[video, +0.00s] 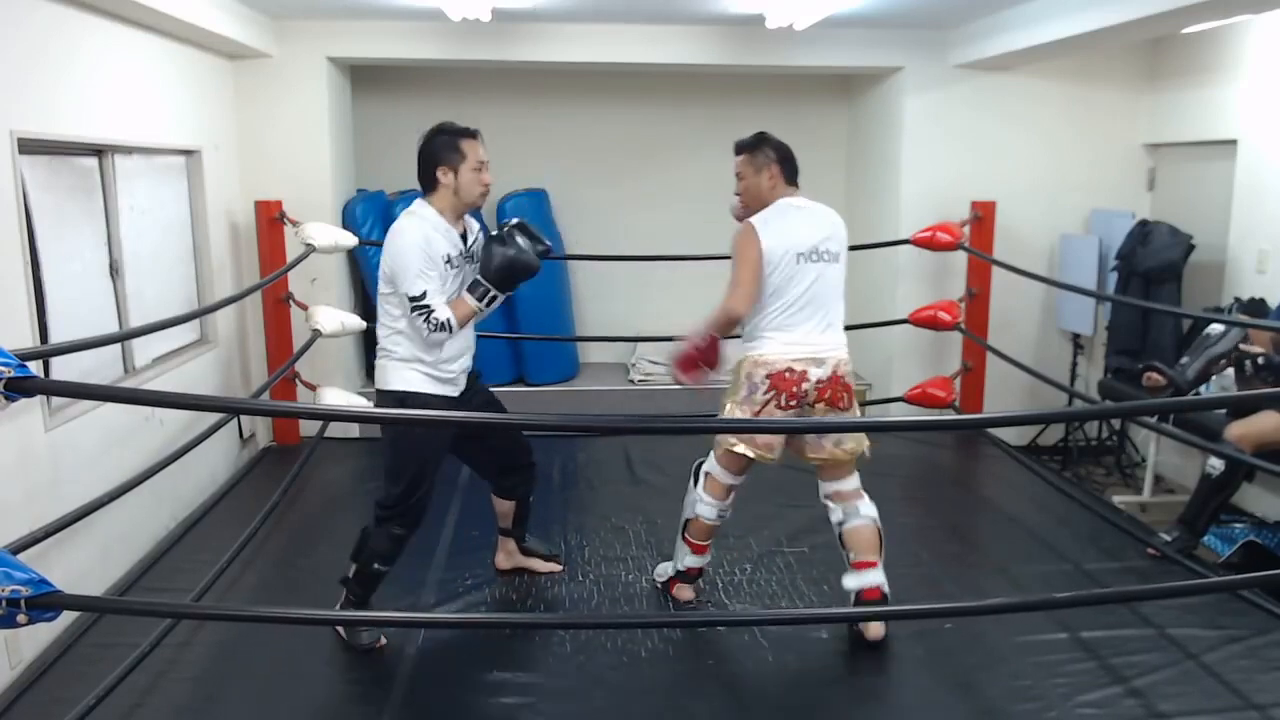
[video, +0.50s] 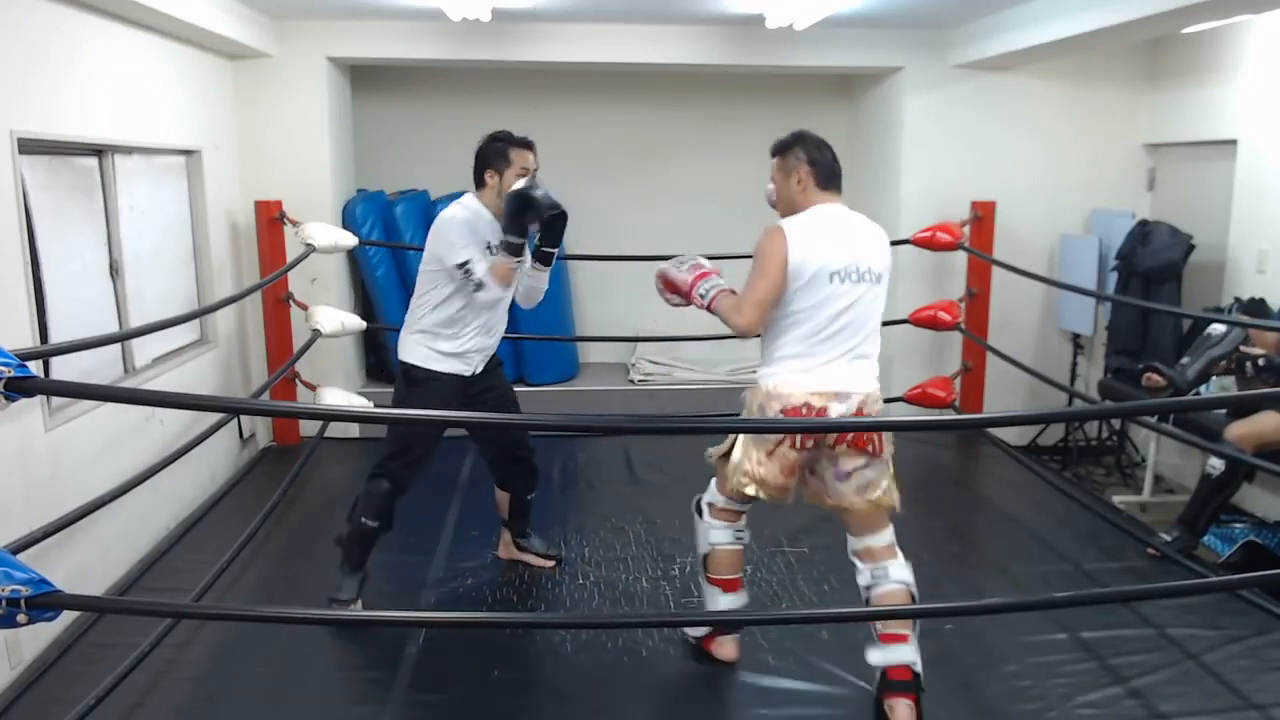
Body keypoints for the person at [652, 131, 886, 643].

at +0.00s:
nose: (737, 190)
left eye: (741, 178)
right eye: (736, 179)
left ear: (772, 173)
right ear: (785, 176)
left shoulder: (756, 230)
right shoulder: (832, 222)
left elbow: (737, 309)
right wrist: (750, 221)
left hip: (768, 378)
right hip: (832, 377)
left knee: (720, 478)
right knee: (845, 489)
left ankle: (685, 578)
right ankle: (872, 607)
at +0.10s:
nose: (754, 190)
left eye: (760, 180)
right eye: (754, 181)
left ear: (790, 177)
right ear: (801, 180)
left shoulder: (771, 235)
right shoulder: (849, 228)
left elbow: (759, 316)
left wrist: (737, 362)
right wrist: (768, 219)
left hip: (781, 388)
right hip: (846, 389)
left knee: (728, 484)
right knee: (854, 504)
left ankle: (687, 579)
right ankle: (872, 626)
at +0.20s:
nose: (762, 180)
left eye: (769, 169)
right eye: (763, 170)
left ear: (799, 167)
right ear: (812, 170)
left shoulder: (780, 222)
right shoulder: (859, 222)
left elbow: (757, 303)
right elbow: (826, 297)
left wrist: (724, 340)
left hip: (785, 381)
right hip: (854, 383)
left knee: (733, 485)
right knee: (860, 501)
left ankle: (718, 598)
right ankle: (874, 629)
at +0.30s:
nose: (767, 170)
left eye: (772, 159)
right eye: (766, 160)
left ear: (802, 155)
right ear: (818, 161)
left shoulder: (774, 210)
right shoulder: (864, 212)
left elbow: (748, 282)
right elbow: (820, 222)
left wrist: (705, 301)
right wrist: (777, 189)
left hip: (780, 378)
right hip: (851, 379)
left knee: (741, 508)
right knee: (862, 508)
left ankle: (736, 637)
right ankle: (874, 634)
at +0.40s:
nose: (765, 175)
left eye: (770, 162)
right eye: (765, 163)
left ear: (801, 159)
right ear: (818, 164)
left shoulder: (775, 218)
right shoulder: (868, 222)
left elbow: (742, 295)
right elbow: (819, 276)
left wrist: (694, 286)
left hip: (779, 387)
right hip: (852, 389)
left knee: (747, 513)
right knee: (866, 516)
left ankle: (740, 639)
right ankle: (873, 649)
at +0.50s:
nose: (770, 192)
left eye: (774, 179)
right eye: (769, 180)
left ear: (801, 174)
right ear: (823, 177)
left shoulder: (785, 236)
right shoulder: (875, 237)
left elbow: (746, 319)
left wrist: (705, 288)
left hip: (783, 409)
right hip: (859, 412)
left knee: (723, 509)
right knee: (880, 554)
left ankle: (723, 633)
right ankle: (900, 690)